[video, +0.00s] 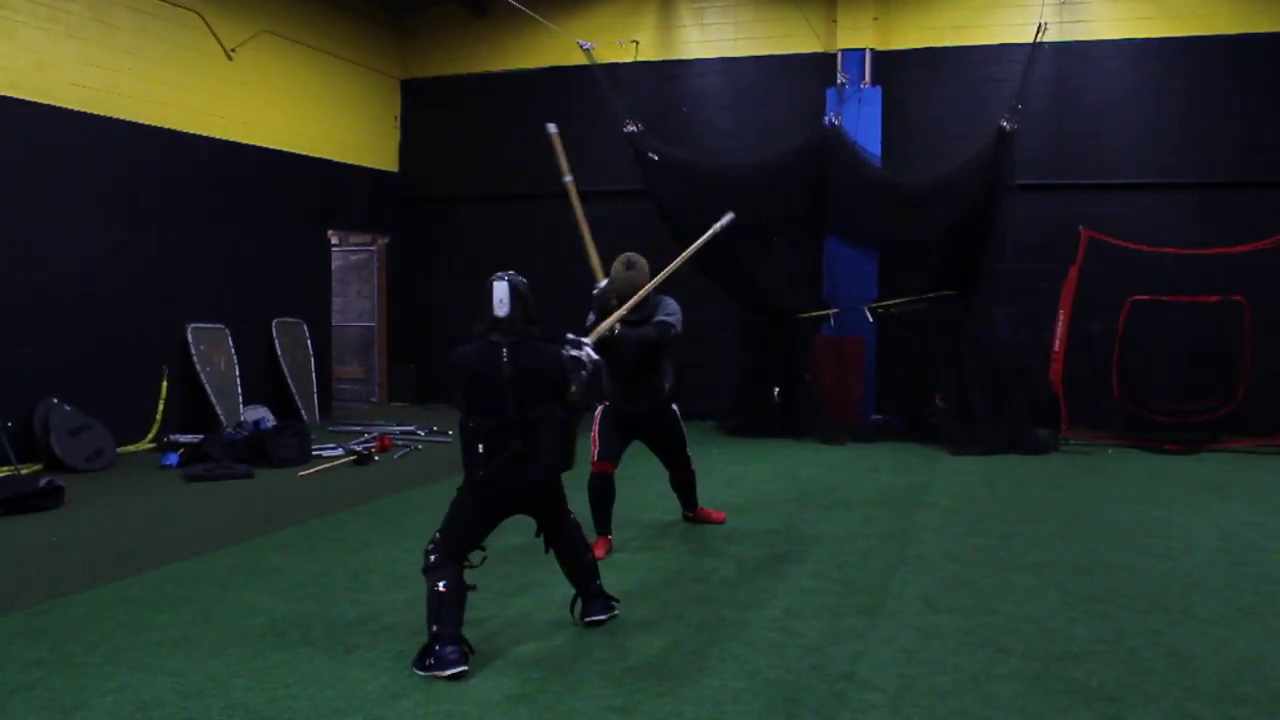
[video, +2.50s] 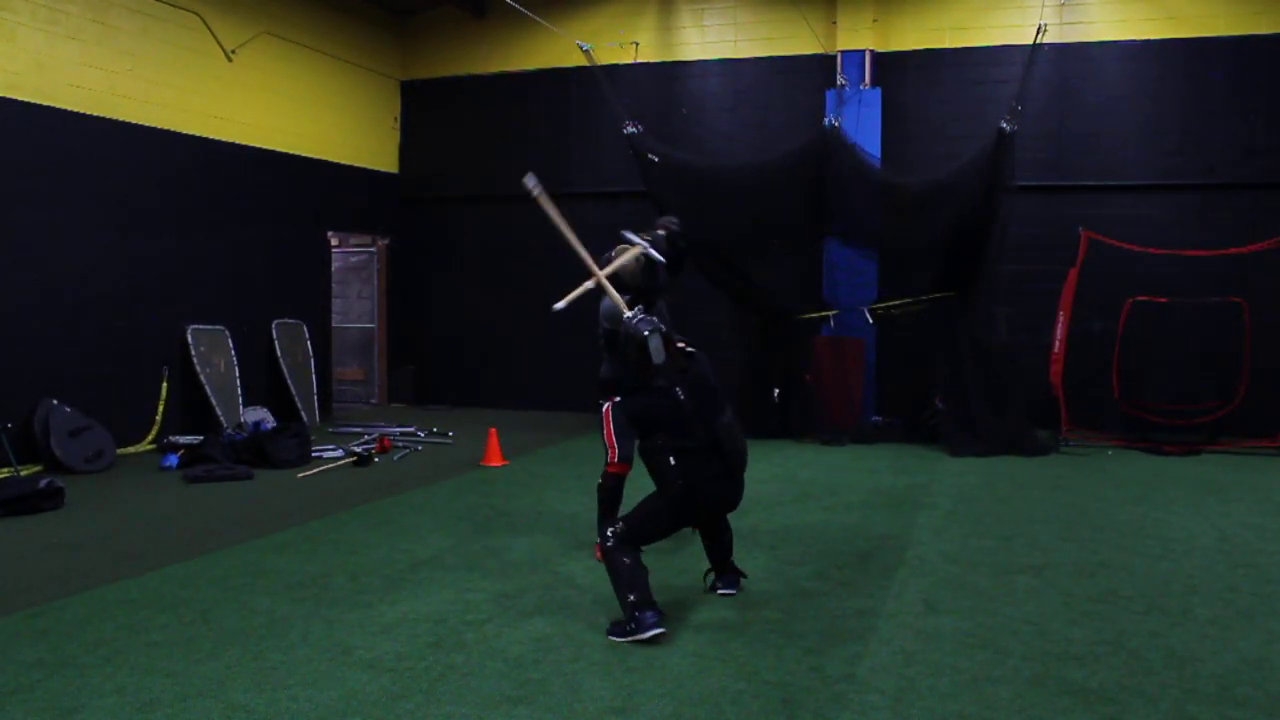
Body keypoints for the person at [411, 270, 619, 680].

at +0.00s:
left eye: (493, 306)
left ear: (485, 312)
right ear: (529, 310)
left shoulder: (467, 359)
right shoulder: (548, 356)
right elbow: (567, 410)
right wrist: (587, 367)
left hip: (489, 481)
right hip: (542, 476)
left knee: (444, 553)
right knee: (561, 526)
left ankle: (446, 645)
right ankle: (595, 599)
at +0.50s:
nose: (505, 320)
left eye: (498, 312)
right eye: (508, 310)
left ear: (484, 321)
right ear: (530, 318)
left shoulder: (475, 371)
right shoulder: (556, 362)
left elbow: (473, 417)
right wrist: (602, 343)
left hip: (498, 494)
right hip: (554, 490)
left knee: (437, 553)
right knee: (585, 535)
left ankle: (448, 649)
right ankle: (623, 593)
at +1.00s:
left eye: (592, 292)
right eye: (612, 292)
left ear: (582, 297)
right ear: (624, 298)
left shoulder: (564, 344)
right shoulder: (643, 346)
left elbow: (543, 401)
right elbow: (660, 403)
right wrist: (642, 441)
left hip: (581, 461)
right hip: (630, 460)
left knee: (553, 543)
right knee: (637, 522)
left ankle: (611, 622)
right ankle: (641, 599)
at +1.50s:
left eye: (615, 299)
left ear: (616, 304)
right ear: (655, 307)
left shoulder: (595, 344)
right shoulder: (672, 353)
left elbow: (562, 404)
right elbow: (685, 414)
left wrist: (586, 427)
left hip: (607, 468)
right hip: (656, 467)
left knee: (578, 545)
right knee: (670, 529)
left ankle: (621, 634)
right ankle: (690, 597)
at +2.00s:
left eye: (648, 300)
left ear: (651, 304)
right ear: (691, 309)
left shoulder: (637, 337)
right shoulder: (704, 348)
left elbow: (610, 393)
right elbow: (715, 403)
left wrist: (625, 426)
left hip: (649, 448)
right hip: (695, 450)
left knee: (603, 520)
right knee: (685, 514)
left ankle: (641, 608)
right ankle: (690, 595)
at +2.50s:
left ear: (620, 363)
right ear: (662, 350)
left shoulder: (622, 403)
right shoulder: (692, 369)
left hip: (683, 495)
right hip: (728, 486)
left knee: (617, 538)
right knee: (703, 502)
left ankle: (641, 612)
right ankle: (727, 573)